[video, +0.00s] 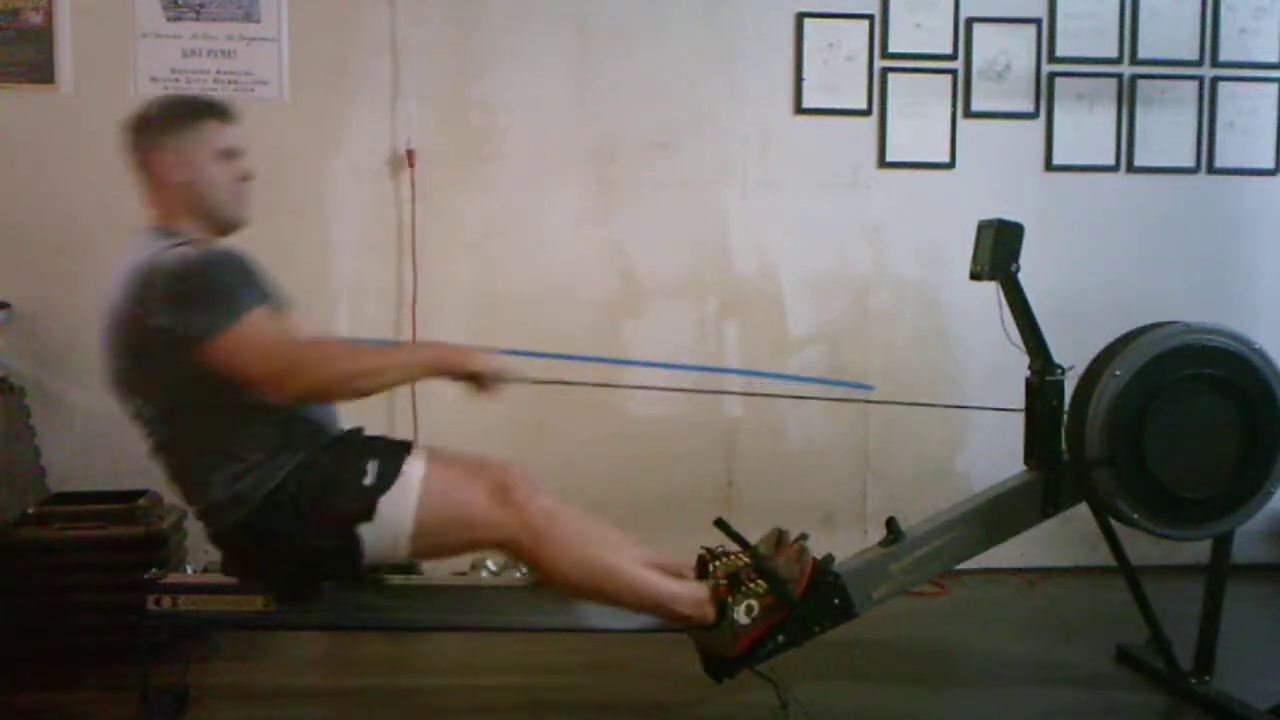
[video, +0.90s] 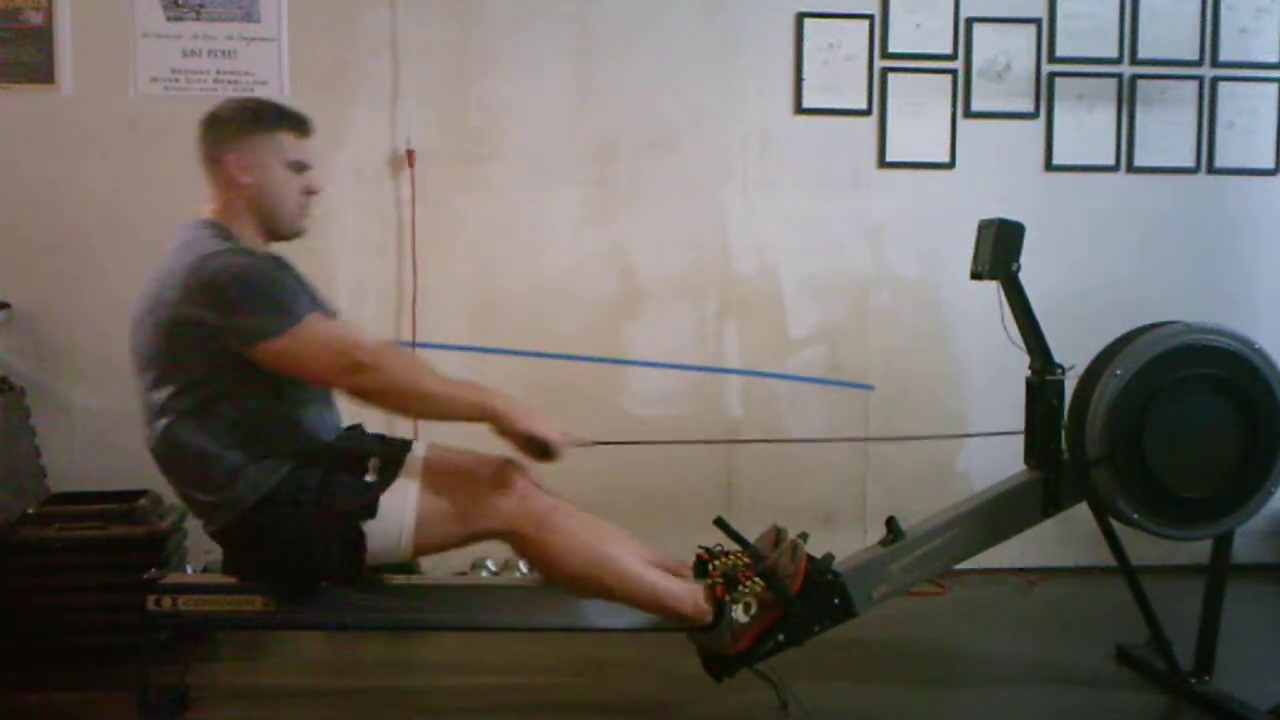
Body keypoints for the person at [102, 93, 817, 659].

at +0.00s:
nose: (244, 171)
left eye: (241, 155)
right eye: (225, 156)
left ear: (192, 173)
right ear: (162, 173)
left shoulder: (188, 268)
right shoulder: (181, 273)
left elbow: (292, 365)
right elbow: (287, 371)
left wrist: (426, 359)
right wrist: (439, 359)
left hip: (293, 483)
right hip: (287, 497)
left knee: (509, 493)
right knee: (509, 500)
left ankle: (704, 585)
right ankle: (710, 613)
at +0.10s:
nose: (195, 192)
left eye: (190, 176)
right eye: (175, 175)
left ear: (125, 188)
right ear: (113, 188)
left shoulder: (154, 287)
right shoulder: (120, 296)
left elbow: (204, 403)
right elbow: (184, 414)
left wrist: (324, 375)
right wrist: (329, 368)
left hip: (296, 479)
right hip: (277, 501)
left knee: (500, 508)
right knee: (497, 525)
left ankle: (703, 594)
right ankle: (710, 612)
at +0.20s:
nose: (173, 205)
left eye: (168, 188)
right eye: (152, 188)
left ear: (107, 204)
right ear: (91, 203)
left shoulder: (137, 295)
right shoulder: (87, 301)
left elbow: (154, 414)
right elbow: (94, 439)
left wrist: (253, 367)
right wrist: (223, 360)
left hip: (304, 472)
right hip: (276, 501)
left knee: (500, 509)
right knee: (491, 527)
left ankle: (708, 593)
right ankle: (707, 612)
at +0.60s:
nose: (215, 201)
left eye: (212, 184)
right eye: (197, 183)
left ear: (156, 192)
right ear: (133, 190)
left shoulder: (165, 289)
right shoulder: (117, 296)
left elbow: (208, 406)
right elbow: (164, 432)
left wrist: (314, 392)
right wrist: (306, 385)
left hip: (292, 477)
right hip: (271, 504)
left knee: (496, 503)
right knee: (492, 523)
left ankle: (703, 594)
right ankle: (709, 610)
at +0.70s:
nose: (244, 194)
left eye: (242, 177)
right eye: (227, 177)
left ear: (181, 184)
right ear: (161, 182)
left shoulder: (197, 284)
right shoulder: (147, 288)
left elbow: (268, 396)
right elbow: (227, 418)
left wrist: (375, 402)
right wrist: (375, 400)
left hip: (294, 482)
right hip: (267, 509)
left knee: (497, 500)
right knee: (492, 517)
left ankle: (705, 589)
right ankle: (713, 614)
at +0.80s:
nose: (276, 188)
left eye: (275, 172)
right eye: (258, 171)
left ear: (212, 177)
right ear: (194, 175)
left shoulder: (229, 272)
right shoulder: (178, 280)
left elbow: (316, 370)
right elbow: (289, 393)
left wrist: (432, 405)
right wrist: (444, 408)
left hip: (304, 480)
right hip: (274, 518)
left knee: (491, 486)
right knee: (495, 510)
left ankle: (699, 582)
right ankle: (709, 615)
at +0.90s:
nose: (313, 188)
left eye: (311, 171)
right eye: (297, 170)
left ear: (241, 176)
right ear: (237, 172)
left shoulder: (244, 264)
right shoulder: (219, 272)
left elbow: (367, 367)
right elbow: (361, 369)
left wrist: (490, 407)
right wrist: (496, 409)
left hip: (309, 479)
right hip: (282, 512)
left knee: (510, 480)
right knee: (507, 496)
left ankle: (701, 585)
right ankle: (706, 614)